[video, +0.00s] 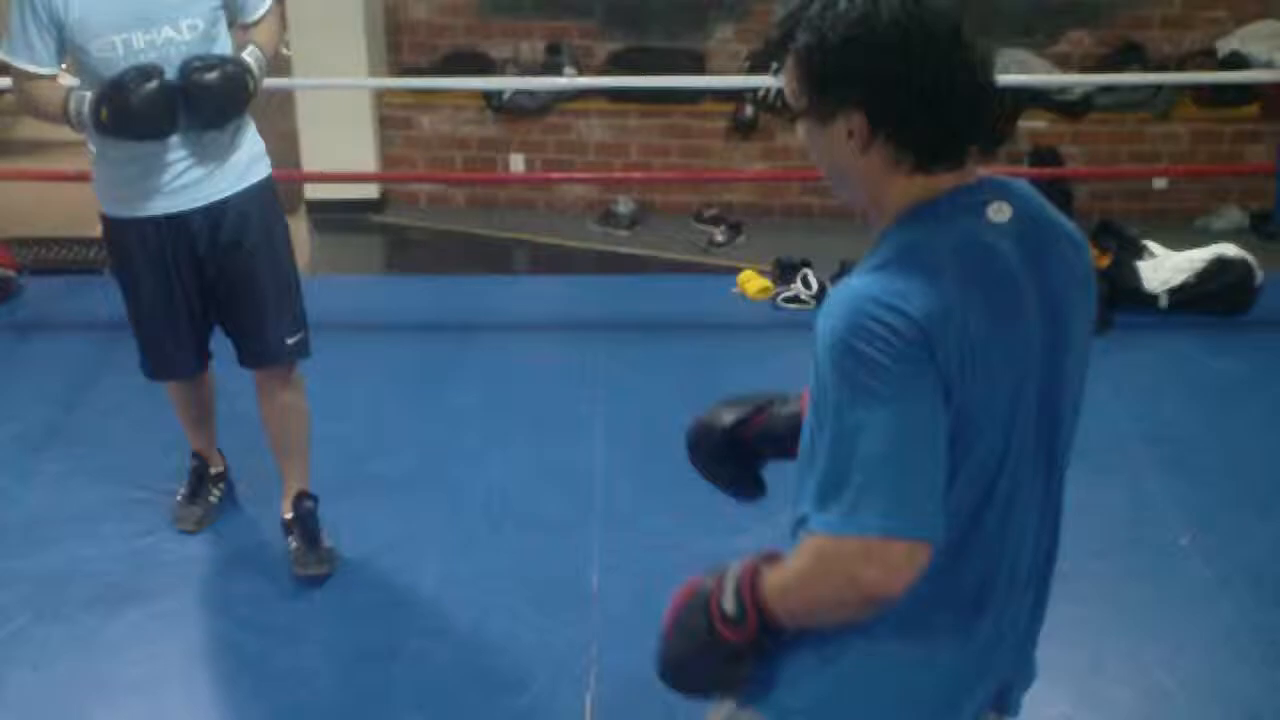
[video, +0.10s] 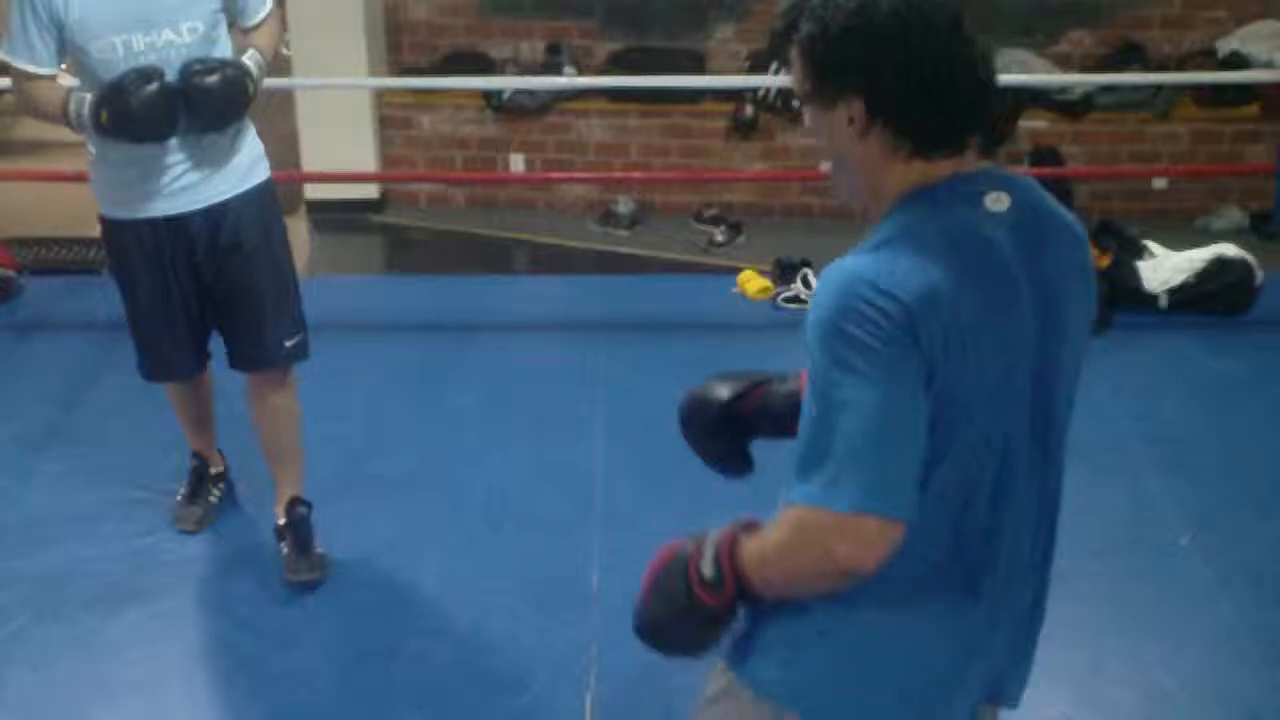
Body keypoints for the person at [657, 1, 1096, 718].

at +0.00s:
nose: (804, 141)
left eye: (804, 117)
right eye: (798, 116)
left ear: (857, 127)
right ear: (949, 96)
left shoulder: (877, 312)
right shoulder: (1047, 236)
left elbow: (874, 559)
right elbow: (982, 414)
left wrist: (739, 605)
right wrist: (799, 423)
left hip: (862, 694)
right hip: (988, 669)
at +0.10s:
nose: (809, 136)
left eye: (807, 107)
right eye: (801, 107)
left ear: (857, 113)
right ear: (950, 85)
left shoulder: (874, 289)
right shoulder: (1052, 233)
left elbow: (852, 533)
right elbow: (978, 396)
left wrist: (719, 565)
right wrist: (798, 400)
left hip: (837, 683)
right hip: (978, 666)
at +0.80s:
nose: (614, 16)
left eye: (615, 10)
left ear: (628, 14)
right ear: (731, 14)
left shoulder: (587, 118)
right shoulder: (815, 98)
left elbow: (446, 140)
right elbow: (867, 238)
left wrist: (369, 81)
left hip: (665, 459)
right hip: (814, 450)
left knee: (650, 669)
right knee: (879, 678)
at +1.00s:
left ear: (628, 0)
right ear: (722, 0)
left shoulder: (575, 84)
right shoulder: (801, 75)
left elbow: (427, 104)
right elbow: (844, 220)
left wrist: (321, 81)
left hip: (662, 432)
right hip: (805, 422)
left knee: (644, 649)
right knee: (871, 642)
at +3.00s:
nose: (699, 6)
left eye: (700, 2)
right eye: (700, 2)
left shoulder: (717, 91)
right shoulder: (886, 35)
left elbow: (705, 260)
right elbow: (945, 154)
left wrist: (671, 301)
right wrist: (880, 211)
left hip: (784, 375)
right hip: (903, 360)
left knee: (707, 541)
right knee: (933, 522)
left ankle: (678, 702)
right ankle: (1007, 702)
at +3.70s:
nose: (867, 12)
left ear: (915, 16)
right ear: (997, 18)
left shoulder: (880, 153)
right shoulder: (1098, 131)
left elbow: (823, 333)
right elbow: (1181, 260)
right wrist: (1084, 295)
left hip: (939, 505)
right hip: (1073, 494)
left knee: (908, 701)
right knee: (1061, 696)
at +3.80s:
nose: (859, 28)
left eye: (868, 14)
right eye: (863, 13)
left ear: (908, 38)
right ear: (994, 36)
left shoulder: (876, 172)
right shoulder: (1093, 146)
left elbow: (837, 368)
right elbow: (1161, 292)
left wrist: (823, 358)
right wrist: (1061, 310)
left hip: (925, 509)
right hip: (1066, 503)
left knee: (839, 658)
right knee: (1053, 689)